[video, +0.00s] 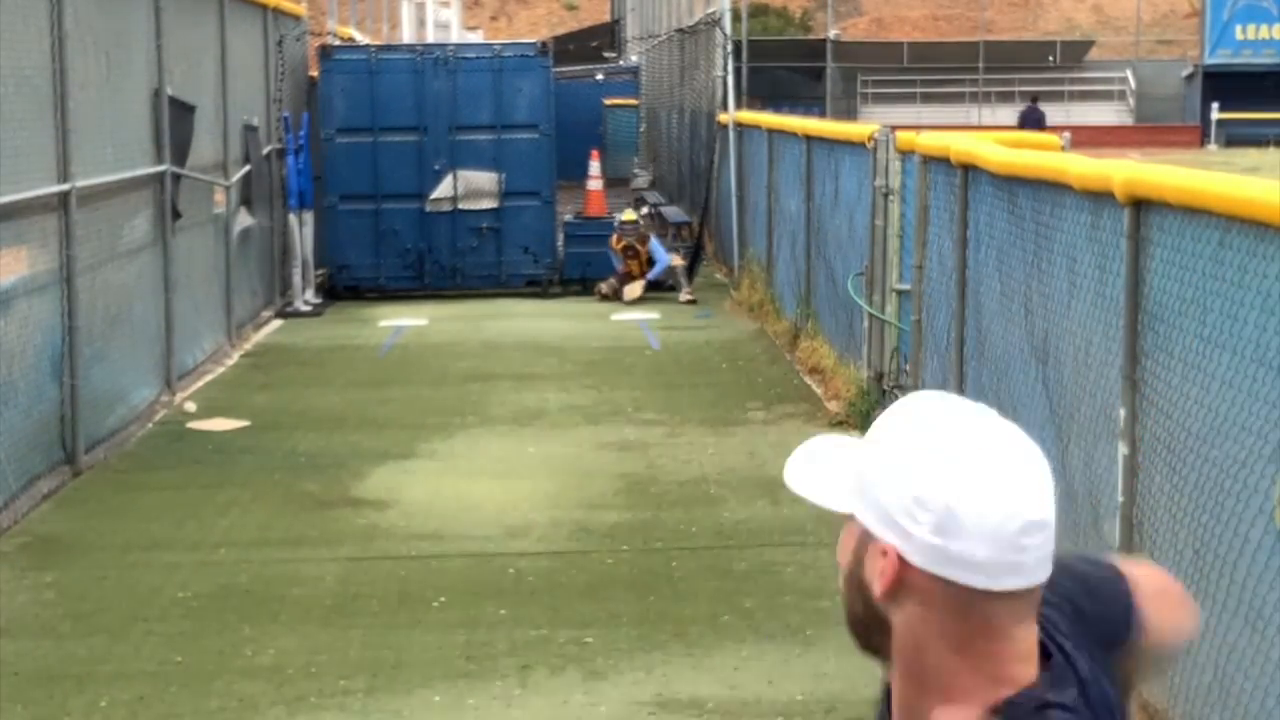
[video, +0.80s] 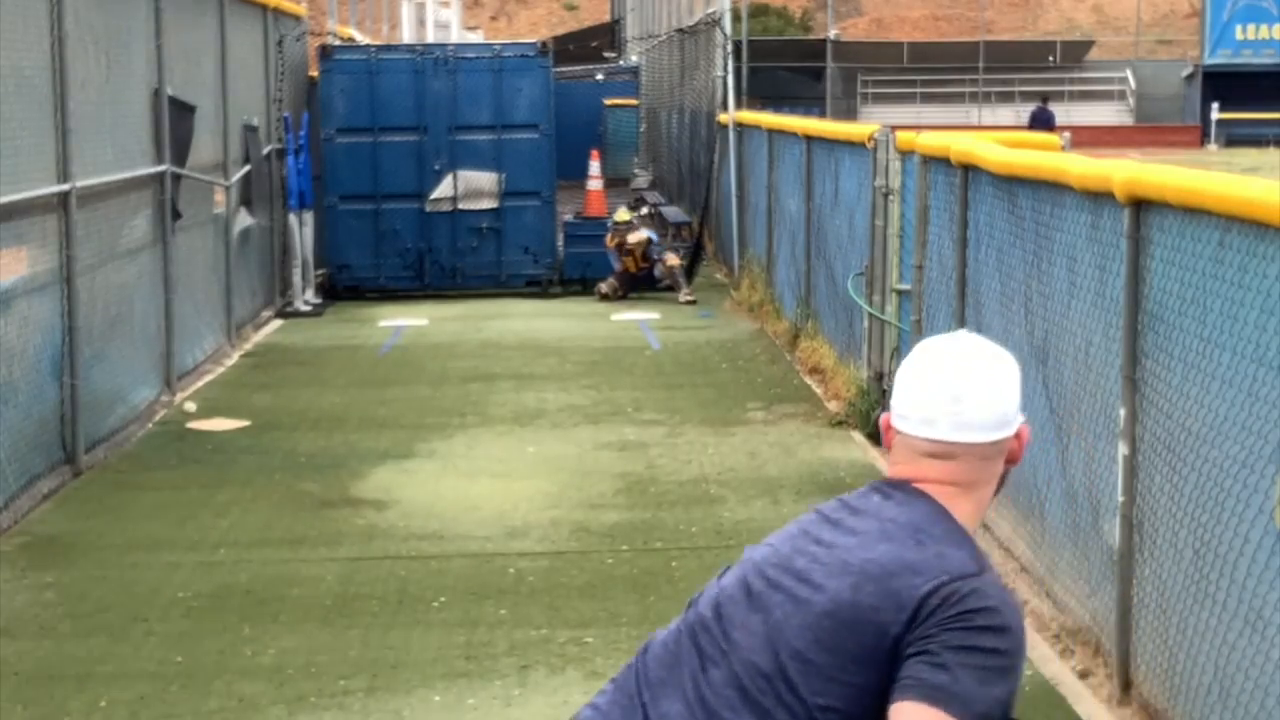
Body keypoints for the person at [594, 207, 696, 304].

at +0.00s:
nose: (629, 233)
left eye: (633, 229)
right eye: (625, 229)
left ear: (639, 228)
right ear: (619, 230)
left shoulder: (648, 239)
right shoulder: (614, 242)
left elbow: (664, 261)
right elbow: (620, 269)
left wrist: (645, 280)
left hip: (652, 274)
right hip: (630, 275)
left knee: (676, 261)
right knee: (606, 289)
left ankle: (685, 292)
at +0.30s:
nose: (629, 231)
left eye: (633, 227)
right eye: (625, 227)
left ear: (639, 227)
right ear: (620, 228)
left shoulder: (648, 239)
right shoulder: (614, 242)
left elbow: (664, 258)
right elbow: (615, 258)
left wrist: (644, 268)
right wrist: (622, 269)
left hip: (651, 274)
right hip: (629, 273)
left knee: (674, 261)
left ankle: (684, 292)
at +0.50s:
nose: (628, 228)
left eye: (631, 224)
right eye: (624, 224)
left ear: (637, 224)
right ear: (621, 226)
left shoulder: (647, 237)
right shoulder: (618, 241)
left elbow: (663, 252)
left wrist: (641, 255)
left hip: (653, 274)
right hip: (632, 276)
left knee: (672, 260)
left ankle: (684, 293)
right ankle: (610, 288)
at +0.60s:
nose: (625, 229)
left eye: (628, 225)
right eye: (621, 226)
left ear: (635, 226)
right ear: (616, 228)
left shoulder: (645, 237)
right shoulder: (613, 241)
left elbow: (658, 247)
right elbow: (618, 267)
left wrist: (638, 251)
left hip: (652, 275)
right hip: (630, 277)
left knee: (672, 260)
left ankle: (684, 292)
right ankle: (608, 289)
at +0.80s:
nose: (621, 231)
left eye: (625, 227)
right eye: (618, 227)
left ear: (631, 225)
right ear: (613, 227)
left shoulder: (644, 235)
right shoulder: (611, 240)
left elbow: (658, 255)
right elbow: (618, 268)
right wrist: (611, 249)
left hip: (650, 273)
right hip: (628, 274)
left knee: (670, 259)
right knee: (607, 288)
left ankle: (684, 293)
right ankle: (608, 291)